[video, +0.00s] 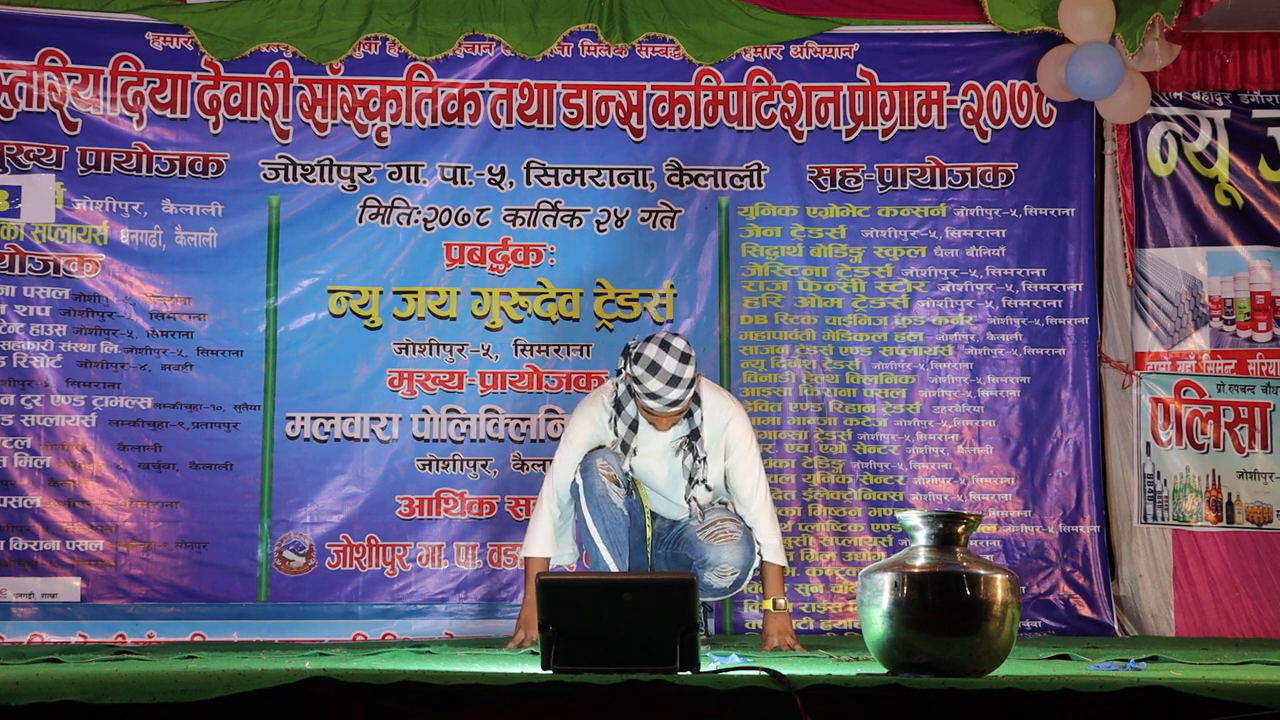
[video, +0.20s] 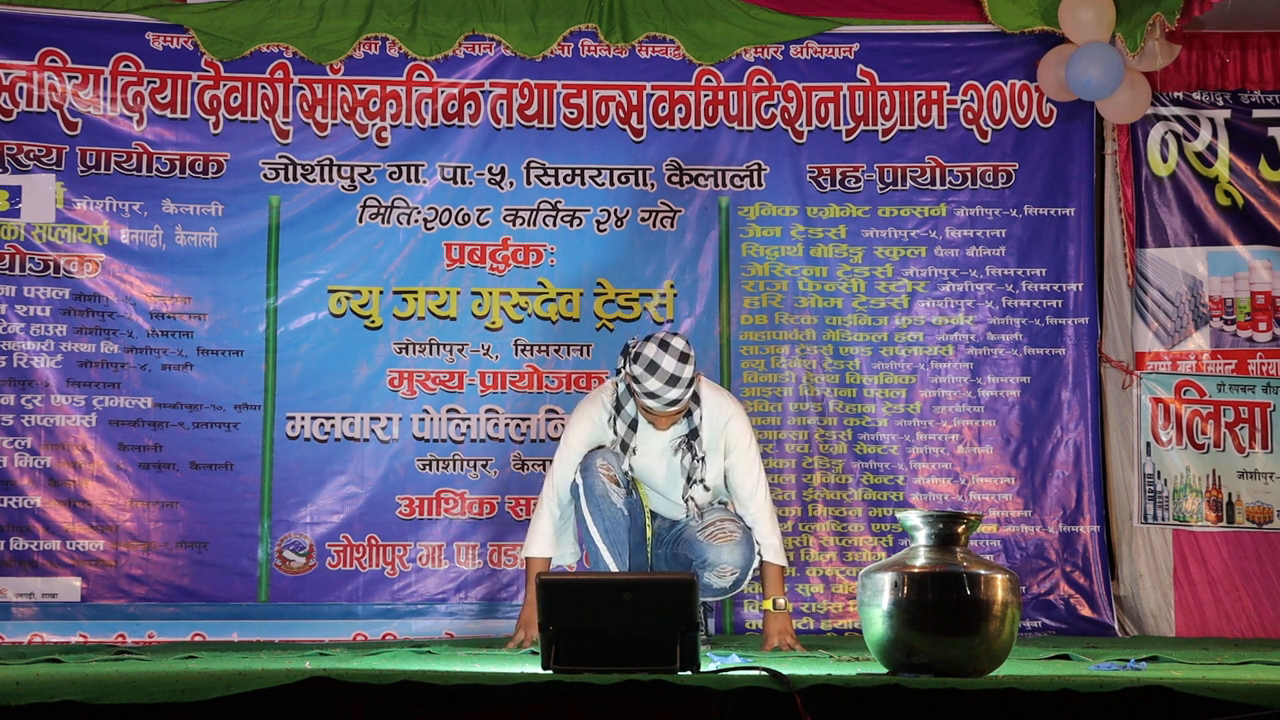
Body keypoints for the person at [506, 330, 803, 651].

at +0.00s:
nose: (663, 421)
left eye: (673, 411)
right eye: (652, 411)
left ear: (690, 390)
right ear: (632, 391)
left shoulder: (725, 415)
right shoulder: (596, 411)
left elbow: (759, 506)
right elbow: (552, 500)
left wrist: (776, 606)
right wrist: (531, 600)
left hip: (691, 539)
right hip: (627, 535)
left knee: (731, 550)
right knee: (596, 465)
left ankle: (692, 608)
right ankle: (624, 603)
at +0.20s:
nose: (662, 421)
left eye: (672, 412)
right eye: (651, 412)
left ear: (689, 390)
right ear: (631, 391)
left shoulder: (725, 414)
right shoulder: (596, 410)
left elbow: (759, 506)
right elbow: (552, 499)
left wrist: (776, 606)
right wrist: (532, 600)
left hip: (692, 538)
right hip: (628, 535)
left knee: (731, 550)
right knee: (595, 466)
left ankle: (693, 608)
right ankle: (623, 604)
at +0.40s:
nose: (662, 420)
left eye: (673, 410)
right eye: (652, 411)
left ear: (689, 389)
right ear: (631, 391)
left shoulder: (725, 414)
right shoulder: (595, 410)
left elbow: (758, 506)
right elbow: (552, 500)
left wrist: (776, 606)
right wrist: (532, 600)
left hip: (692, 538)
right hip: (627, 535)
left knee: (729, 550)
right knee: (595, 466)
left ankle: (692, 608)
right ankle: (623, 604)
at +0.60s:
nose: (661, 420)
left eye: (671, 410)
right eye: (650, 411)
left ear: (688, 389)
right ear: (630, 392)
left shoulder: (725, 414)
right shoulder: (594, 411)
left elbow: (758, 506)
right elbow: (552, 500)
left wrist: (775, 606)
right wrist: (532, 600)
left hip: (691, 538)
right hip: (628, 535)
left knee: (729, 550)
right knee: (595, 466)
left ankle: (691, 609)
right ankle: (622, 604)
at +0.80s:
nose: (660, 420)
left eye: (670, 411)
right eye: (649, 411)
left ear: (689, 389)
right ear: (630, 392)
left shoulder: (725, 414)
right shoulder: (594, 411)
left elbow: (758, 506)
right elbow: (552, 501)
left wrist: (775, 606)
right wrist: (532, 600)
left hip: (691, 538)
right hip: (628, 535)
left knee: (728, 549)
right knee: (595, 466)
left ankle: (692, 609)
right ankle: (622, 604)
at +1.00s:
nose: (660, 421)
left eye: (671, 412)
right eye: (649, 412)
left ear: (688, 390)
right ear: (630, 393)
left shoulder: (725, 414)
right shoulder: (594, 411)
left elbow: (757, 506)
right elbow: (552, 501)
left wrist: (775, 606)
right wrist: (532, 600)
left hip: (691, 538)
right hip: (627, 534)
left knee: (728, 550)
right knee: (595, 466)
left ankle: (690, 608)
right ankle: (622, 604)